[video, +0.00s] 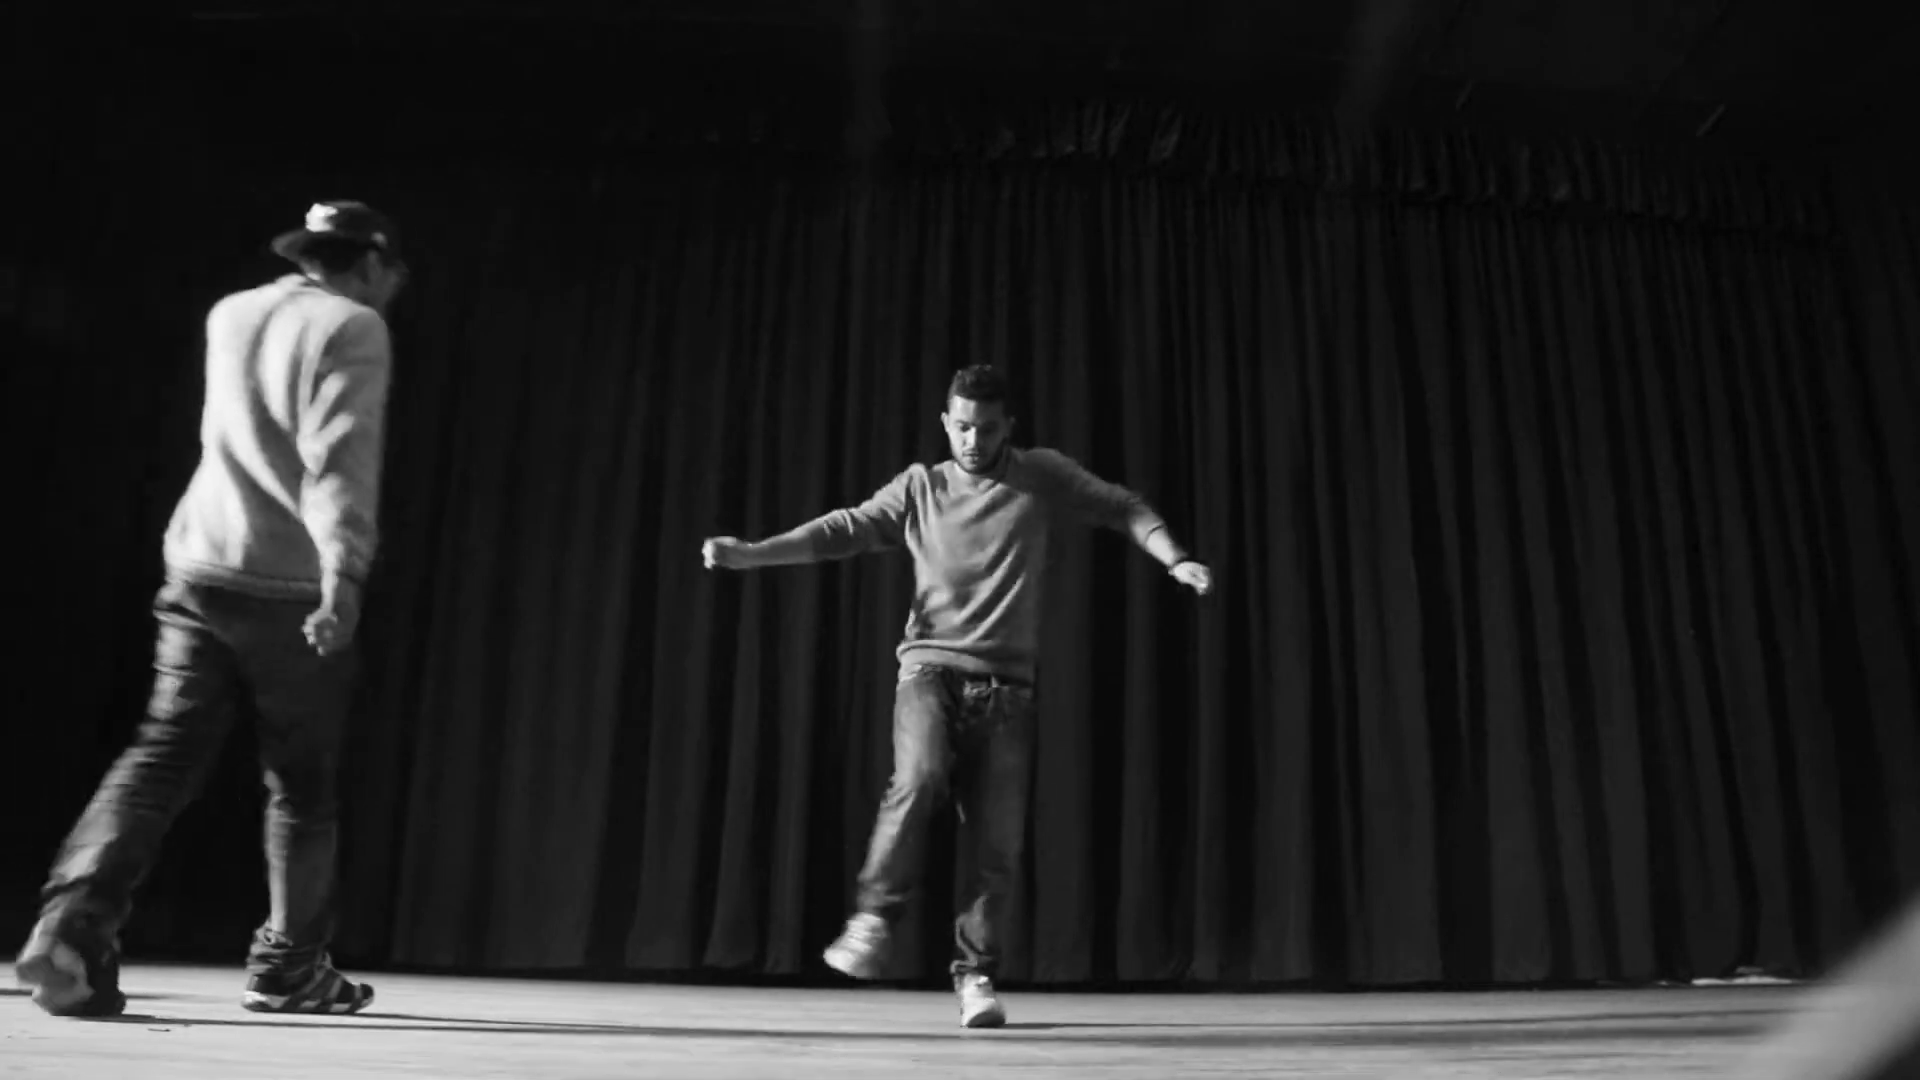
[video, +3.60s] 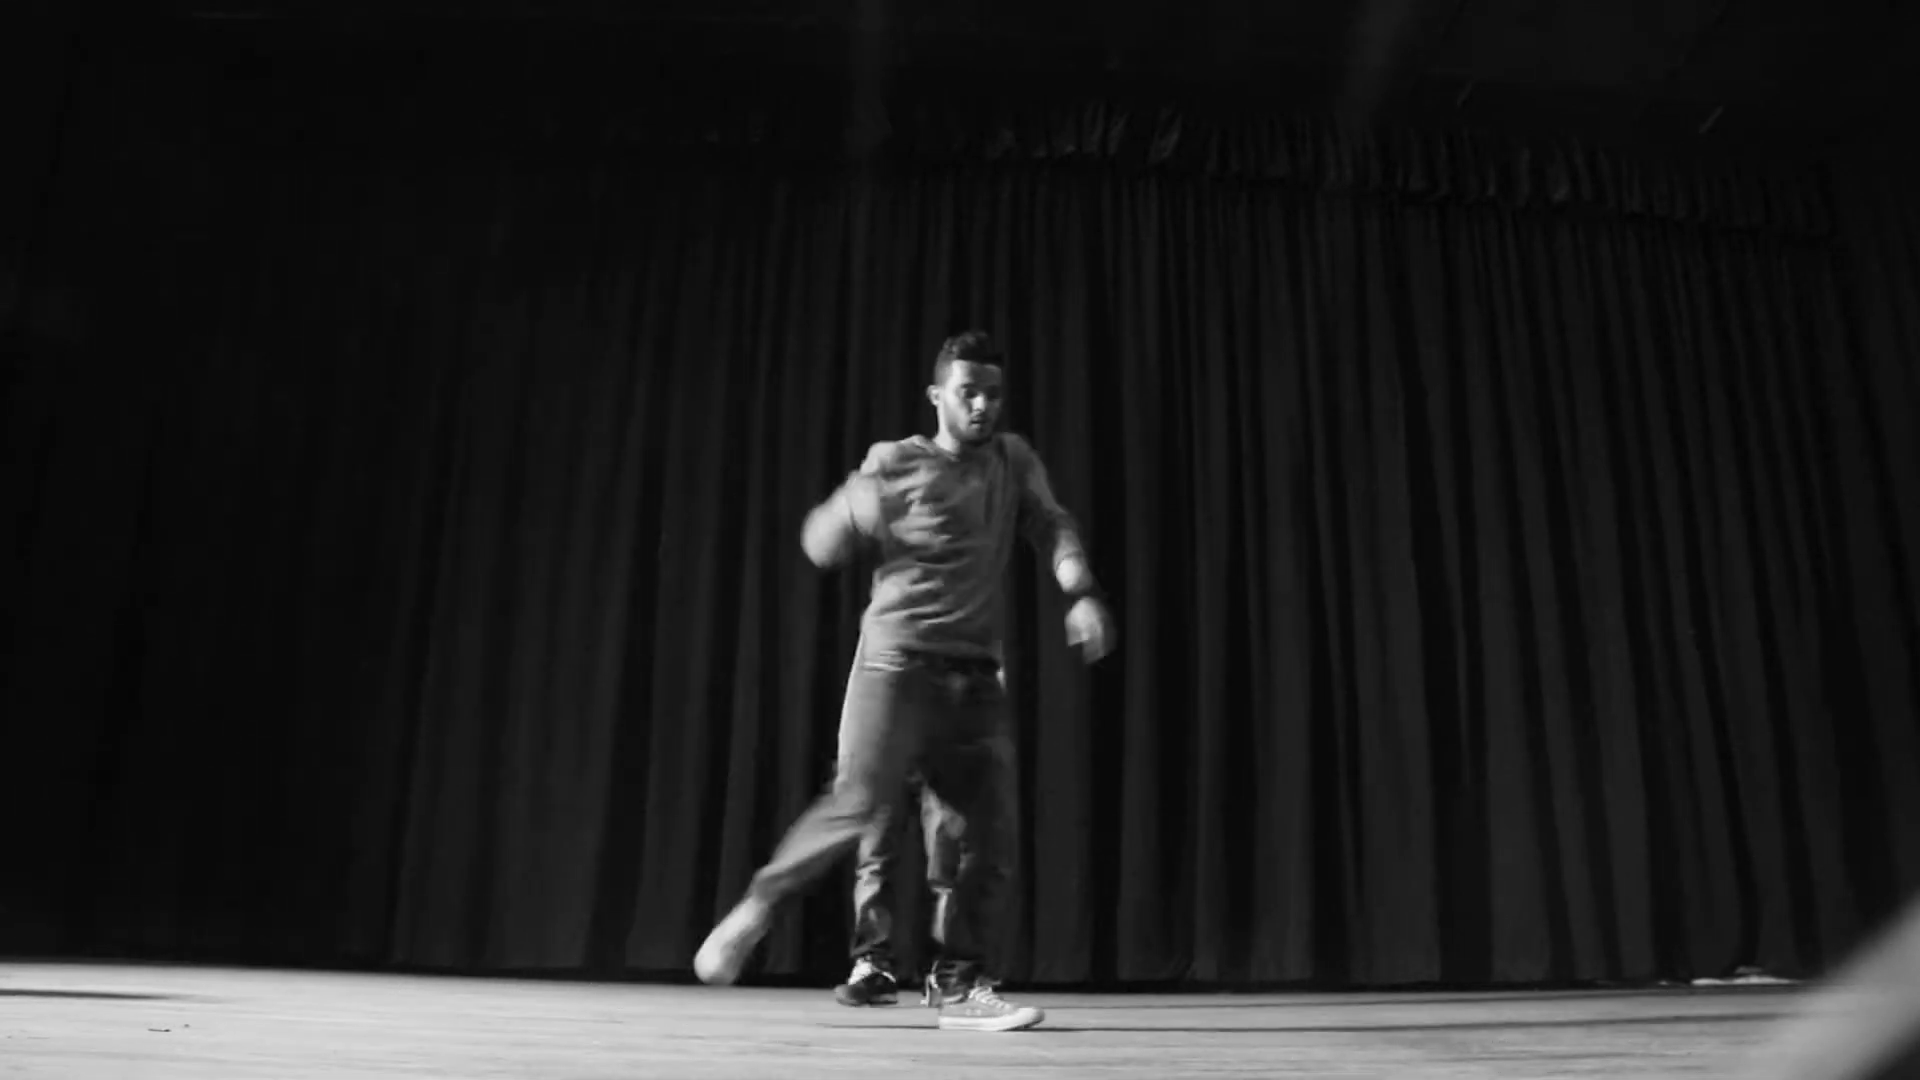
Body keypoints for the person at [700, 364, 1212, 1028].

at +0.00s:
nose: (974, 442)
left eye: (986, 429)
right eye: (963, 428)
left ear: (1008, 425)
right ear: (945, 423)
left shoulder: (1043, 474)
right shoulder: (919, 488)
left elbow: (1126, 510)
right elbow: (843, 528)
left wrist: (1174, 559)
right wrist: (753, 553)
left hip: (1006, 678)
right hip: (931, 666)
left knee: (997, 837)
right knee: (920, 779)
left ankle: (976, 975)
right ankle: (872, 921)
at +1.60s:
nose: (965, 411)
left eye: (978, 399)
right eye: (961, 399)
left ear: (1017, 402)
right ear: (961, 405)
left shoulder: (1065, 471)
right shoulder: (931, 464)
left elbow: (1137, 522)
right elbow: (841, 473)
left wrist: (1215, 566)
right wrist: (742, 460)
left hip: (967, 675)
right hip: (887, 654)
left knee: (966, 832)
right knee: (819, 768)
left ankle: (964, 982)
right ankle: (819, 912)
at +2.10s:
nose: (948, 396)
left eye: (963, 383)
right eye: (944, 384)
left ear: (1002, 386)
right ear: (941, 388)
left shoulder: (1051, 463)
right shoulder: (918, 445)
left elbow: (1118, 518)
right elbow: (836, 462)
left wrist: (1192, 566)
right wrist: (743, 468)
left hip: (1011, 662)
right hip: (930, 653)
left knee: (1002, 826)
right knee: (897, 764)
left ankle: (986, 975)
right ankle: (881, 911)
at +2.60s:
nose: (899, 405)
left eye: (910, 392)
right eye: (885, 393)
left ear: (929, 395)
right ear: (864, 402)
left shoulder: (967, 439)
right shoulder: (848, 488)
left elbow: (1036, 501)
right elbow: (759, 518)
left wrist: (1094, 547)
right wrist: (667, 499)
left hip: (988, 669)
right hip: (902, 671)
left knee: (988, 832)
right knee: (846, 817)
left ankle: (976, 983)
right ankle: (797, 963)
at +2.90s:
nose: (844, 395)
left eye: (855, 382)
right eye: (830, 382)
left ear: (872, 386)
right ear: (804, 388)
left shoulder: (909, 434)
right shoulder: (779, 464)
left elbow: (982, 478)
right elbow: (712, 550)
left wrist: (1047, 520)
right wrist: (749, 476)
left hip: (907, 665)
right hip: (815, 666)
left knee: (934, 823)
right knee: (769, 825)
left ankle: (952, 979)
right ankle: (726, 976)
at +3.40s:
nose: (948, 409)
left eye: (959, 399)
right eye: (935, 395)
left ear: (970, 407)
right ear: (903, 397)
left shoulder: (967, 489)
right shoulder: (857, 455)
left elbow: (1031, 527)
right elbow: (759, 488)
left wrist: (1103, 560)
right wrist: (804, 440)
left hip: (918, 681)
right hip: (831, 676)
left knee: (956, 829)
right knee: (788, 820)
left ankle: (955, 989)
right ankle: (729, 975)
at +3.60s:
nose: (980, 404)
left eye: (990, 392)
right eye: (967, 391)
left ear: (1002, 399)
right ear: (936, 395)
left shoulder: (1013, 460)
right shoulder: (895, 464)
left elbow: (1054, 528)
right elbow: (821, 547)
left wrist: (1080, 593)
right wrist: (850, 512)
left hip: (976, 672)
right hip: (894, 665)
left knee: (981, 832)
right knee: (861, 806)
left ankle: (957, 980)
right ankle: (757, 912)